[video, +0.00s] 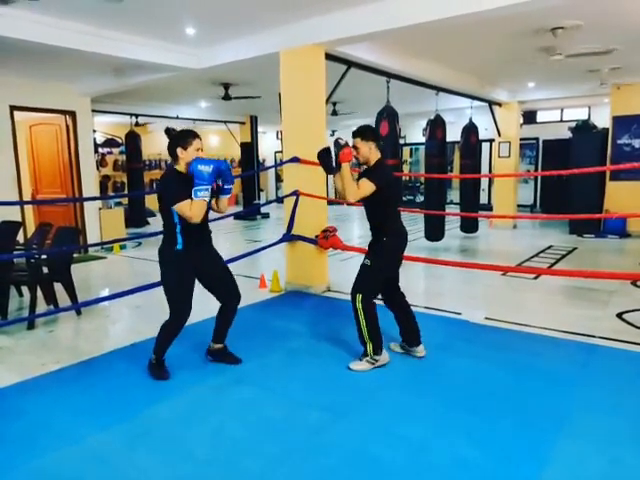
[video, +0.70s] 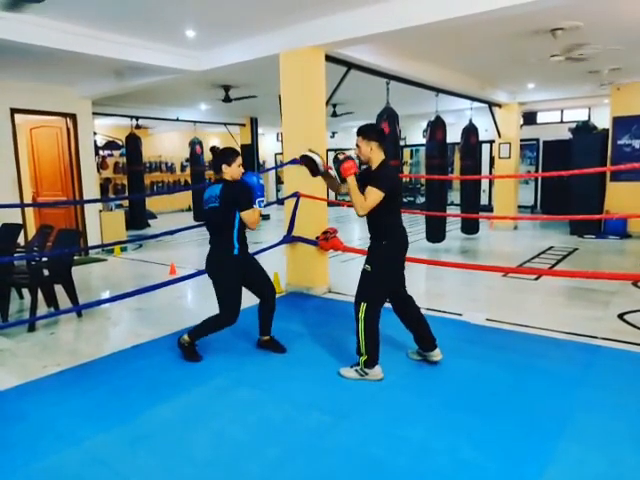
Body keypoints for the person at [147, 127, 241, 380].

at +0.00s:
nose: (201, 154)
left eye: (201, 150)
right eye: (197, 150)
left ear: (191, 152)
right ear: (180, 151)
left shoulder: (197, 177)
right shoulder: (169, 181)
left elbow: (221, 208)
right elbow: (194, 215)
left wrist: (224, 180)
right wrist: (204, 183)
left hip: (202, 251)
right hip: (176, 255)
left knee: (231, 297)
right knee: (180, 315)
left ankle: (217, 347)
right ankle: (157, 359)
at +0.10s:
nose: (202, 157)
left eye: (202, 152)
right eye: (198, 152)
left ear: (196, 154)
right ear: (181, 154)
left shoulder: (203, 179)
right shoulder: (169, 185)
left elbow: (227, 206)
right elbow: (187, 222)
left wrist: (234, 185)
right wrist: (198, 190)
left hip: (207, 253)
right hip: (179, 258)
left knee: (242, 292)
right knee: (177, 316)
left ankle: (231, 338)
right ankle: (155, 360)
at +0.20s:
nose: (210, 154)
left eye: (210, 149)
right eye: (205, 150)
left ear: (197, 153)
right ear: (189, 154)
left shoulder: (213, 176)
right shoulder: (177, 184)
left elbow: (249, 188)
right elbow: (186, 220)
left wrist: (262, 173)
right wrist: (199, 190)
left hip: (214, 251)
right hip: (184, 255)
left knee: (247, 292)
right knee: (181, 313)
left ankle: (255, 334)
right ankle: (157, 359)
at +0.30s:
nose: (222, 153)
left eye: (221, 149)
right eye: (217, 149)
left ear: (210, 153)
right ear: (202, 154)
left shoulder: (229, 175)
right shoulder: (191, 183)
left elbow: (267, 175)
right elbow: (196, 219)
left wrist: (286, 159)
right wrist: (209, 190)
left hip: (225, 250)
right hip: (195, 253)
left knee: (250, 294)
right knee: (183, 308)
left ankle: (263, 335)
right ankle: (157, 358)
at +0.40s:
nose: (235, 151)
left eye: (235, 145)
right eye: (228, 147)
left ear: (237, 147)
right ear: (212, 152)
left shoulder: (241, 174)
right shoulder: (202, 178)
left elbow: (269, 188)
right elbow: (215, 212)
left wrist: (278, 172)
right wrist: (227, 183)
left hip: (235, 247)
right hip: (207, 250)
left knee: (256, 295)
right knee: (192, 304)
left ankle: (264, 335)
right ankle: (166, 353)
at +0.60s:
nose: (241, 154)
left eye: (240, 150)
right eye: (237, 151)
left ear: (225, 154)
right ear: (223, 154)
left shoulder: (233, 175)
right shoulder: (224, 179)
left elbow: (248, 204)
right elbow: (251, 208)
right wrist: (256, 180)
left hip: (237, 247)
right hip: (218, 249)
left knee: (261, 290)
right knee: (220, 305)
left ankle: (264, 336)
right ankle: (188, 339)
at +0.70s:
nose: (242, 169)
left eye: (241, 165)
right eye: (239, 165)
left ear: (224, 168)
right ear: (226, 168)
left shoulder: (209, 191)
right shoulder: (238, 189)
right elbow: (253, 222)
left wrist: (249, 210)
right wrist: (256, 204)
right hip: (228, 262)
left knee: (268, 293)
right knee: (229, 316)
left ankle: (265, 338)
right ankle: (188, 339)